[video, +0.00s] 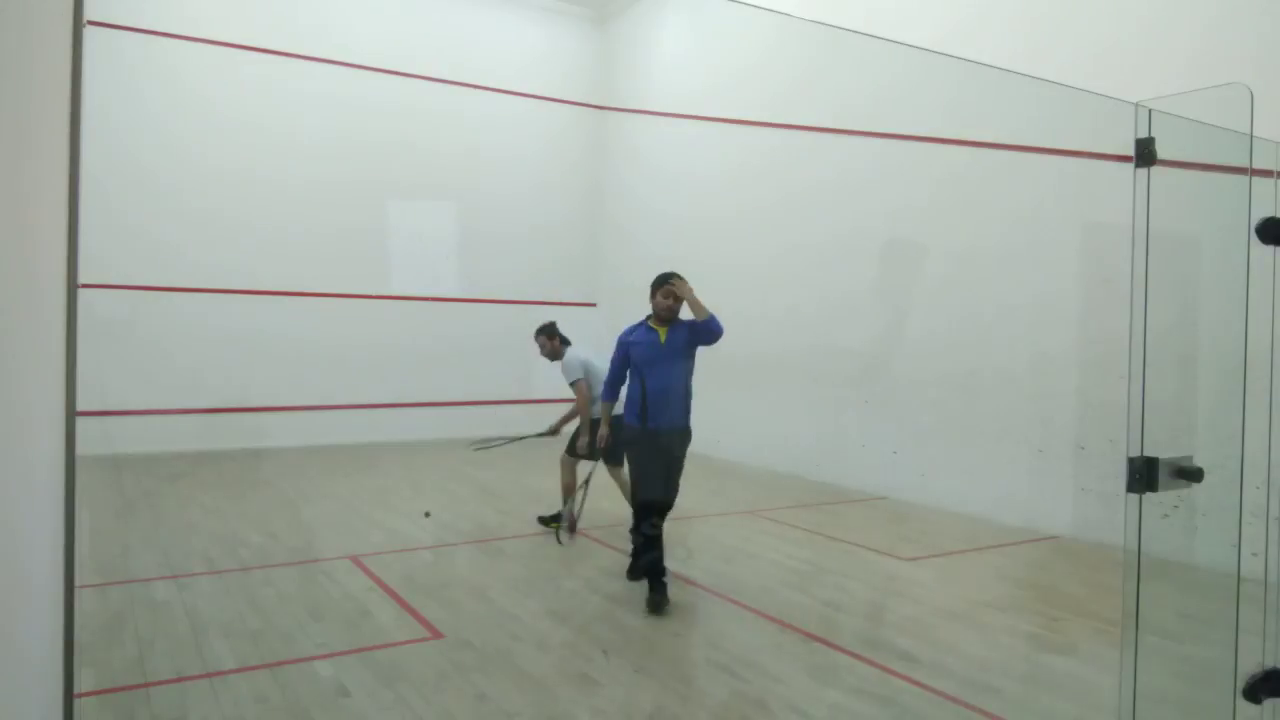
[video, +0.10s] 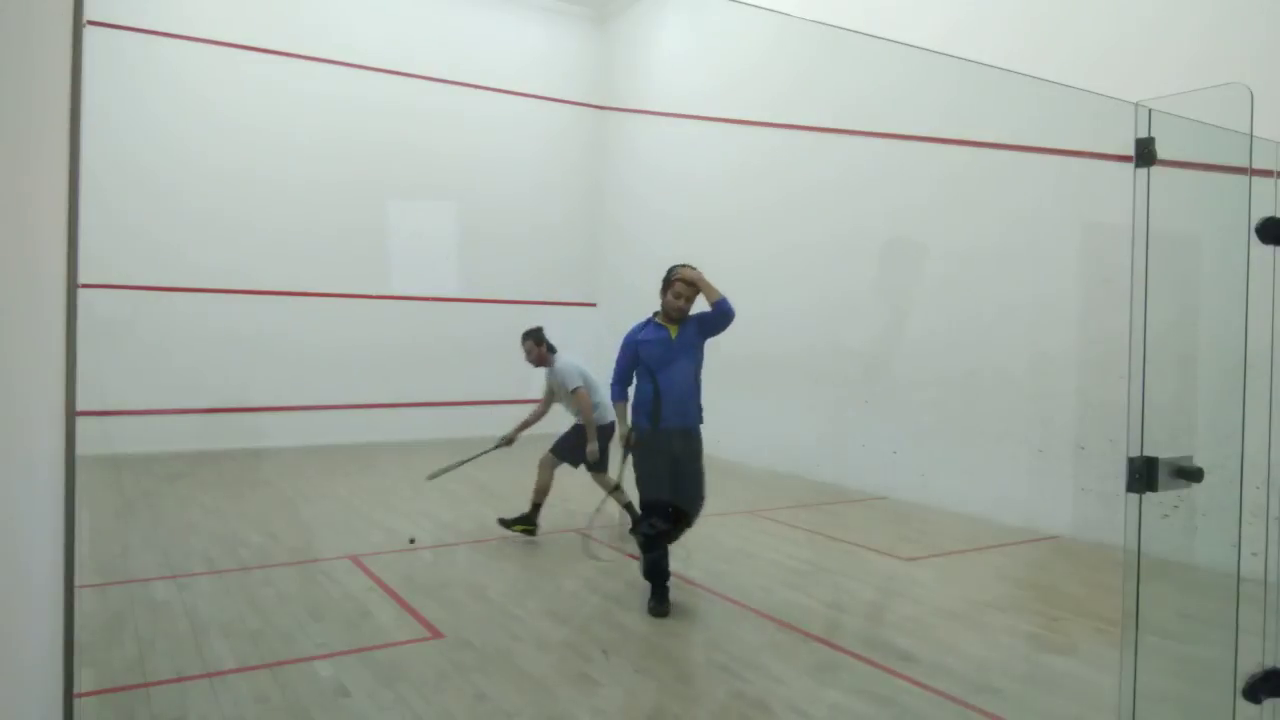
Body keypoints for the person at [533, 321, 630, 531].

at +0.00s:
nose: (540, 351)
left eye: (542, 345)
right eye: (539, 346)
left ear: (555, 341)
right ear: (556, 342)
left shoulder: (570, 360)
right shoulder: (577, 357)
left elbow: (584, 398)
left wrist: (584, 435)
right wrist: (559, 425)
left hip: (598, 418)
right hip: (614, 416)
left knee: (567, 461)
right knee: (616, 470)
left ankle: (567, 514)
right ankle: (641, 514)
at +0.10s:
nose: (527, 357)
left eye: (529, 351)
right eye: (525, 352)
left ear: (543, 347)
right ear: (539, 349)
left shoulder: (565, 368)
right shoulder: (553, 373)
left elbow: (585, 403)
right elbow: (543, 409)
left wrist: (592, 441)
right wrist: (515, 432)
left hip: (592, 425)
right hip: (599, 424)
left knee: (547, 463)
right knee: (599, 474)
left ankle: (531, 518)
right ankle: (636, 516)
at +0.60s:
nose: (493, 368)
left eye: (494, 362)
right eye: (491, 363)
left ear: (503, 360)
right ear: (511, 357)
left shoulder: (515, 383)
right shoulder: (536, 368)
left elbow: (520, 431)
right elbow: (575, 382)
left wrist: (508, 459)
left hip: (563, 428)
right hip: (587, 420)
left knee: (527, 474)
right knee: (589, 473)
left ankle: (518, 529)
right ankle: (620, 523)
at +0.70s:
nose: (546, 338)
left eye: (546, 333)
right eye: (545, 333)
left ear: (553, 333)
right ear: (568, 329)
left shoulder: (556, 360)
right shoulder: (594, 350)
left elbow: (550, 402)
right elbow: (624, 374)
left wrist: (542, 413)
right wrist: (601, 384)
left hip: (578, 426)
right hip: (607, 420)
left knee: (552, 474)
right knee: (612, 476)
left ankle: (527, 526)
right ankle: (616, 534)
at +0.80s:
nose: (593, 324)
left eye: (592, 320)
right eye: (596, 319)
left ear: (593, 321)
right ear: (614, 319)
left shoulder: (587, 348)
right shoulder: (630, 343)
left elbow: (577, 389)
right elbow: (657, 369)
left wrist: (574, 419)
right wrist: (648, 395)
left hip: (598, 418)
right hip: (628, 417)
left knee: (590, 469)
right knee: (624, 475)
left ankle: (590, 522)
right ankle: (618, 533)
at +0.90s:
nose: (648, 328)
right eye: (649, 324)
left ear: (631, 327)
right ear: (652, 327)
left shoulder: (616, 353)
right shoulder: (660, 351)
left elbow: (604, 390)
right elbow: (672, 388)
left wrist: (599, 424)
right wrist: (677, 413)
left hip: (624, 419)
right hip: (650, 418)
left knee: (644, 473)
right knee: (637, 476)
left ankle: (660, 519)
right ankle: (618, 533)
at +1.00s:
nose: (677, 331)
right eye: (677, 328)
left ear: (656, 330)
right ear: (676, 330)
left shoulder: (641, 352)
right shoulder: (682, 352)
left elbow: (628, 390)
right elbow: (689, 392)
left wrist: (632, 420)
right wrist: (692, 425)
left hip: (642, 413)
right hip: (668, 412)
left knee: (655, 469)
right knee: (669, 473)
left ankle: (664, 521)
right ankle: (633, 511)